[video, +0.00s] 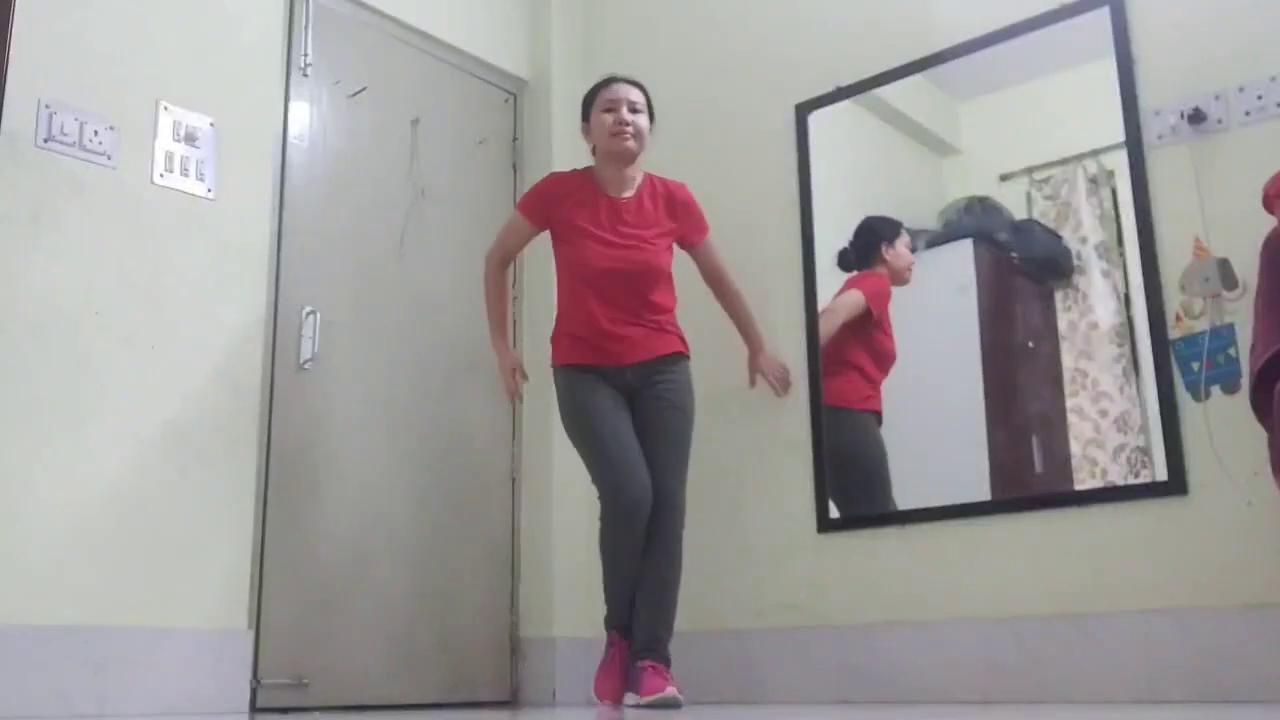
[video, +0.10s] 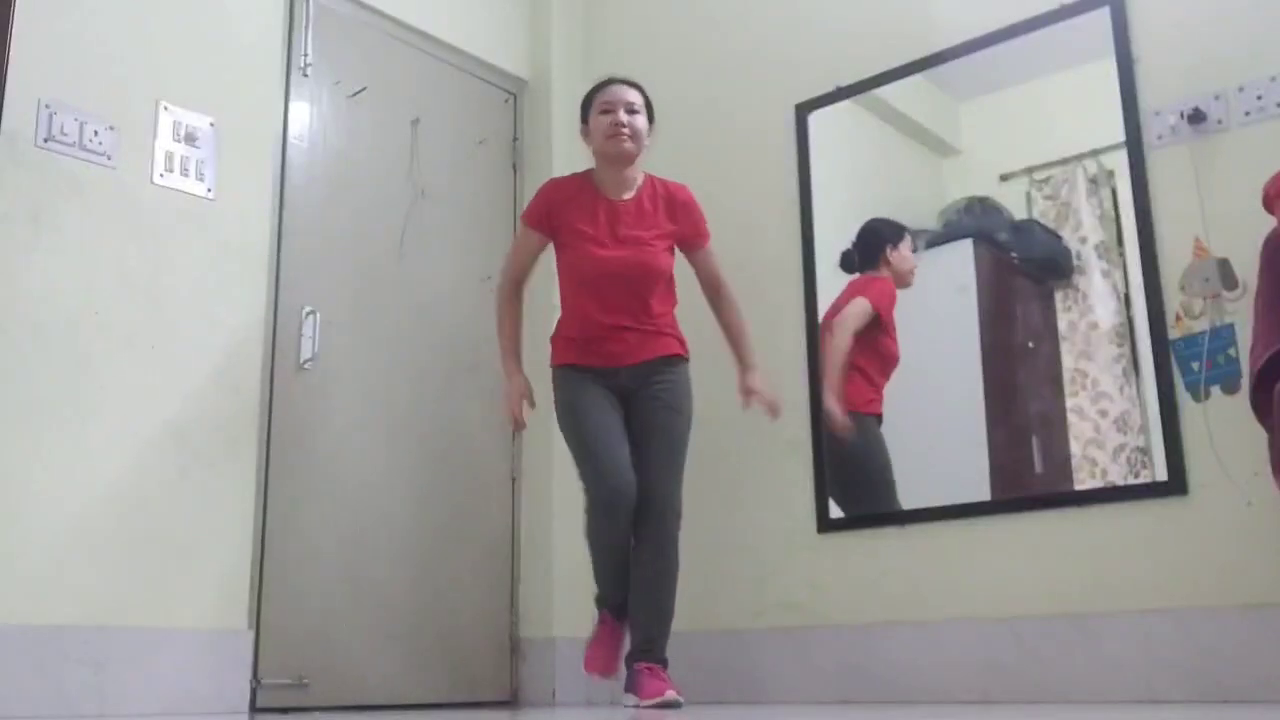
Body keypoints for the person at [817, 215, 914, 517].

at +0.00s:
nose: (913, 258)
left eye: (911, 249)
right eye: (907, 247)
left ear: (885, 252)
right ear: (886, 251)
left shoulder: (856, 284)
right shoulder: (875, 282)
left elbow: (822, 317)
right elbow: (833, 314)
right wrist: (798, 362)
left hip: (833, 419)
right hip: (848, 420)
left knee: (866, 529)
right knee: (878, 527)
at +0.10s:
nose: (915, 261)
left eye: (914, 251)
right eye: (910, 250)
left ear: (886, 255)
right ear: (889, 254)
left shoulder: (854, 289)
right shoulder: (880, 286)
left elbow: (821, 336)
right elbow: (841, 327)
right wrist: (831, 397)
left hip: (832, 422)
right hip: (853, 422)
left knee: (875, 528)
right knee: (886, 526)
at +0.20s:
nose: (915, 264)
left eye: (913, 254)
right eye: (910, 253)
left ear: (867, 260)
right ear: (891, 257)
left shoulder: (848, 295)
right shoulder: (881, 288)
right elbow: (861, 348)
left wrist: (898, 434)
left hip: (824, 427)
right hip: (848, 427)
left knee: (871, 530)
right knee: (885, 528)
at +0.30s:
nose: (914, 263)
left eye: (914, 253)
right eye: (911, 252)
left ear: (872, 255)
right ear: (893, 253)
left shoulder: (849, 292)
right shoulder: (882, 284)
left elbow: (858, 390)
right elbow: (897, 359)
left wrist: (916, 404)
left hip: (824, 416)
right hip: (846, 417)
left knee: (862, 526)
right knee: (874, 525)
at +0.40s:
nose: (913, 264)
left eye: (913, 255)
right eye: (911, 254)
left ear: (870, 255)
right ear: (897, 255)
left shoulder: (850, 288)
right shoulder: (885, 283)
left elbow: (875, 379)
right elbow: (926, 359)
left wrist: (932, 370)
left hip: (824, 415)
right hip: (842, 417)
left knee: (842, 521)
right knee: (861, 520)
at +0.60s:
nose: (903, 285)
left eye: (905, 276)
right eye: (904, 276)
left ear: (860, 271)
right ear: (893, 274)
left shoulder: (835, 304)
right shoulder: (872, 302)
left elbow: (876, 380)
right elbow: (921, 374)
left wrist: (945, 387)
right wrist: (974, 382)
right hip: (832, 431)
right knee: (858, 525)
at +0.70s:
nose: (897, 296)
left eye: (898, 287)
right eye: (897, 287)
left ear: (857, 279)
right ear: (887, 284)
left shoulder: (832, 311)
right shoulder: (865, 310)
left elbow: (869, 405)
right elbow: (895, 386)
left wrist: (920, 441)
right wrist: (942, 433)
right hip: (828, 442)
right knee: (856, 533)